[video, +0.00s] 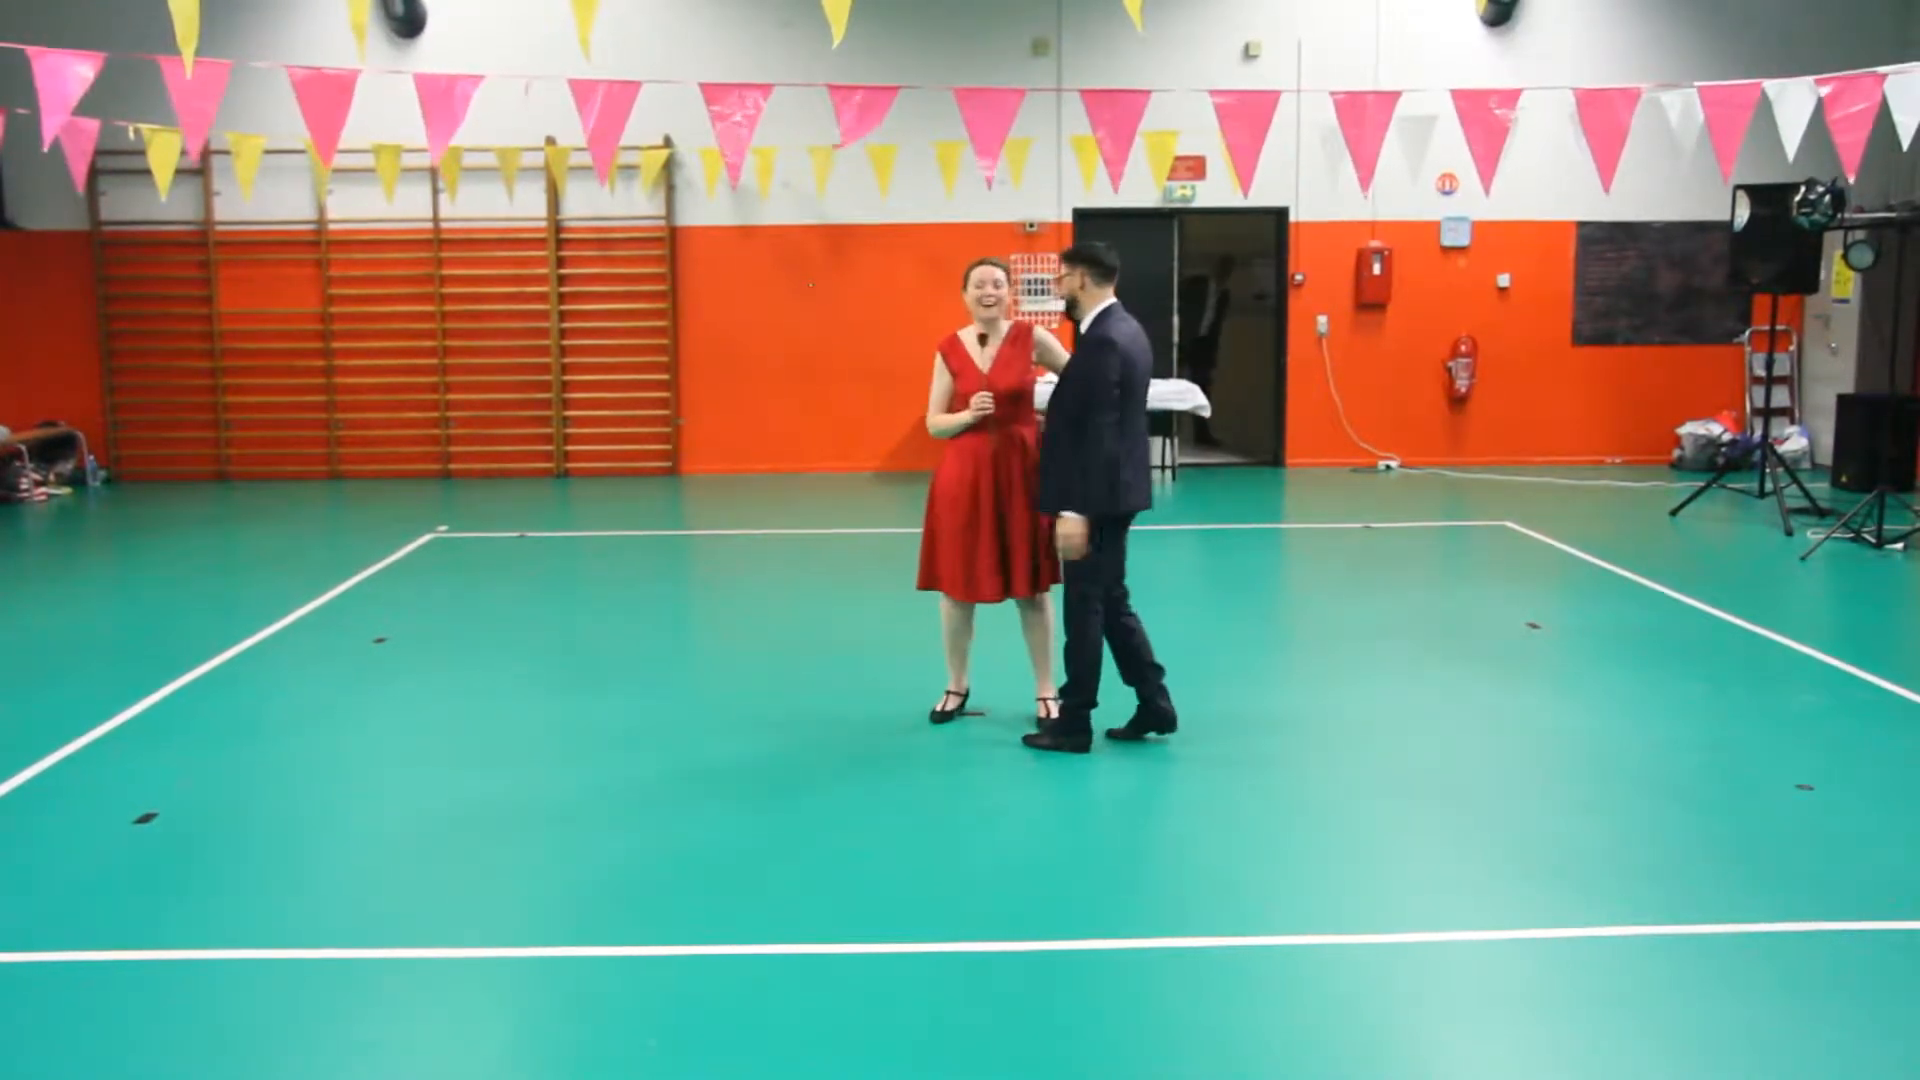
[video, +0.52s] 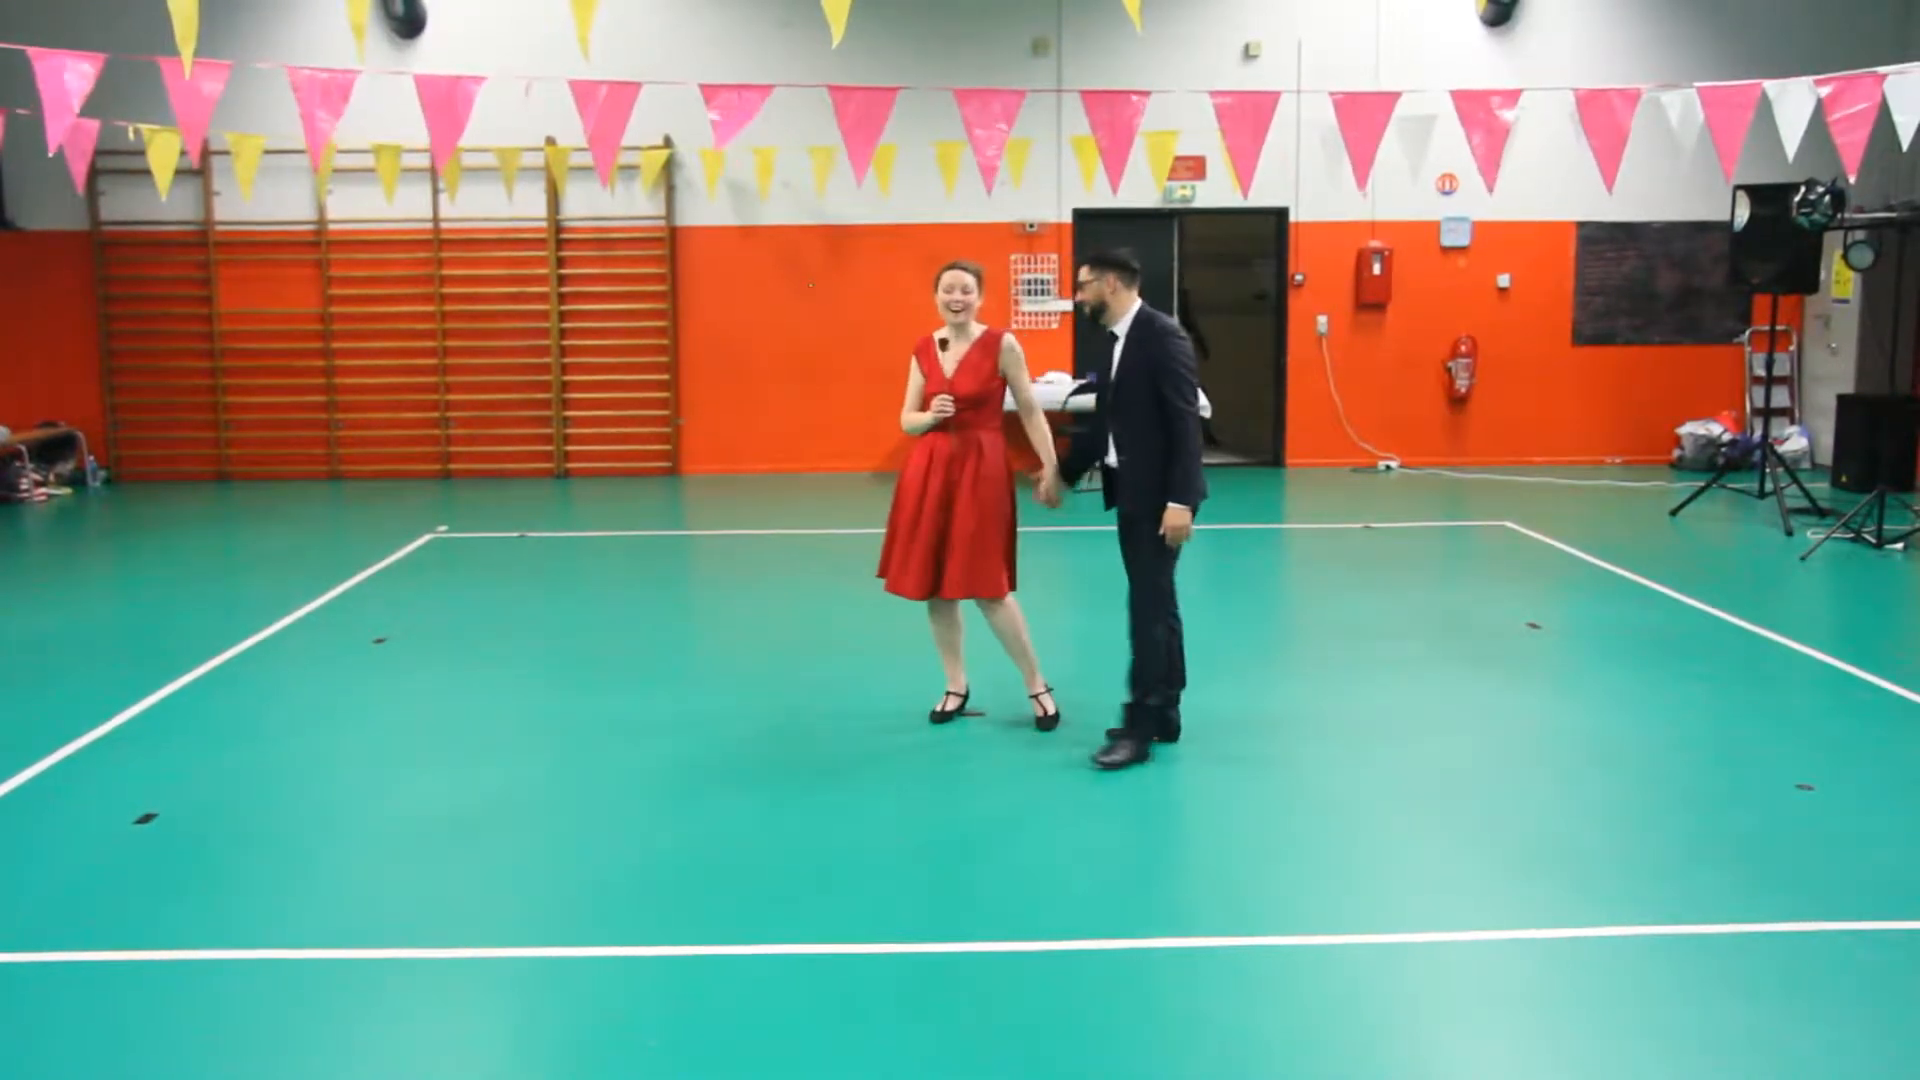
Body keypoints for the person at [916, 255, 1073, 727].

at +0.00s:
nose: (989, 292)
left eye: (997, 285)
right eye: (980, 286)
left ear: (1010, 292)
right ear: (965, 295)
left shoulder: (1031, 338)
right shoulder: (951, 349)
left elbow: (1082, 379)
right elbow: (934, 423)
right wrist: (968, 414)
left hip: (1021, 470)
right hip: (965, 473)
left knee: (1031, 590)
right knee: (956, 587)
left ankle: (1046, 691)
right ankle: (956, 686)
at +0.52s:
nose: (956, 298)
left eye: (965, 290)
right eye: (948, 290)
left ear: (980, 298)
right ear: (936, 297)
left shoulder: (1001, 346)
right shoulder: (925, 350)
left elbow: (1030, 410)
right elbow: (908, 420)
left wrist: (1050, 467)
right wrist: (930, 415)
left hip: (982, 472)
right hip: (933, 471)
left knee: (988, 588)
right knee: (937, 588)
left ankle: (1036, 687)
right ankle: (955, 687)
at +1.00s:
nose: (963, 297)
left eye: (969, 290)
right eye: (954, 289)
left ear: (978, 297)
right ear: (933, 294)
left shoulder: (993, 342)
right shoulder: (913, 350)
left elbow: (1025, 409)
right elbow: (895, 422)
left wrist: (1060, 468)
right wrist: (930, 417)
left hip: (979, 471)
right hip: (927, 473)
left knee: (994, 587)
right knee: (939, 588)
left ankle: (1036, 688)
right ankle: (955, 687)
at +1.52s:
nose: (957, 297)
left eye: (964, 292)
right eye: (948, 288)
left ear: (970, 303)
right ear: (926, 296)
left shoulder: (984, 344)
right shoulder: (908, 345)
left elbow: (1035, 401)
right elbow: (903, 416)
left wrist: (1086, 446)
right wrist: (887, 399)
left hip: (977, 466)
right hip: (927, 466)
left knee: (985, 585)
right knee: (935, 586)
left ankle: (1016, 686)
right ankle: (955, 688)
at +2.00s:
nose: (961, 302)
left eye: (971, 298)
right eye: (953, 293)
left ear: (980, 309)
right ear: (936, 299)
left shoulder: (992, 347)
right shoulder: (928, 344)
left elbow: (1041, 409)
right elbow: (933, 408)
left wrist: (1090, 464)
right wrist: (901, 402)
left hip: (1002, 462)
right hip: (955, 461)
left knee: (1006, 584)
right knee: (954, 582)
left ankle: (1018, 690)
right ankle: (956, 688)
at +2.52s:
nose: (989, 297)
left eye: (998, 291)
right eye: (981, 289)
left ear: (1011, 300)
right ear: (966, 296)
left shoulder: (1030, 341)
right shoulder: (958, 350)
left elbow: (1055, 414)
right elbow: (953, 425)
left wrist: (1073, 482)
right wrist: (962, 411)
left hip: (1029, 469)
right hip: (981, 470)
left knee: (1026, 587)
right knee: (966, 586)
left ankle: (1021, 691)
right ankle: (957, 687)